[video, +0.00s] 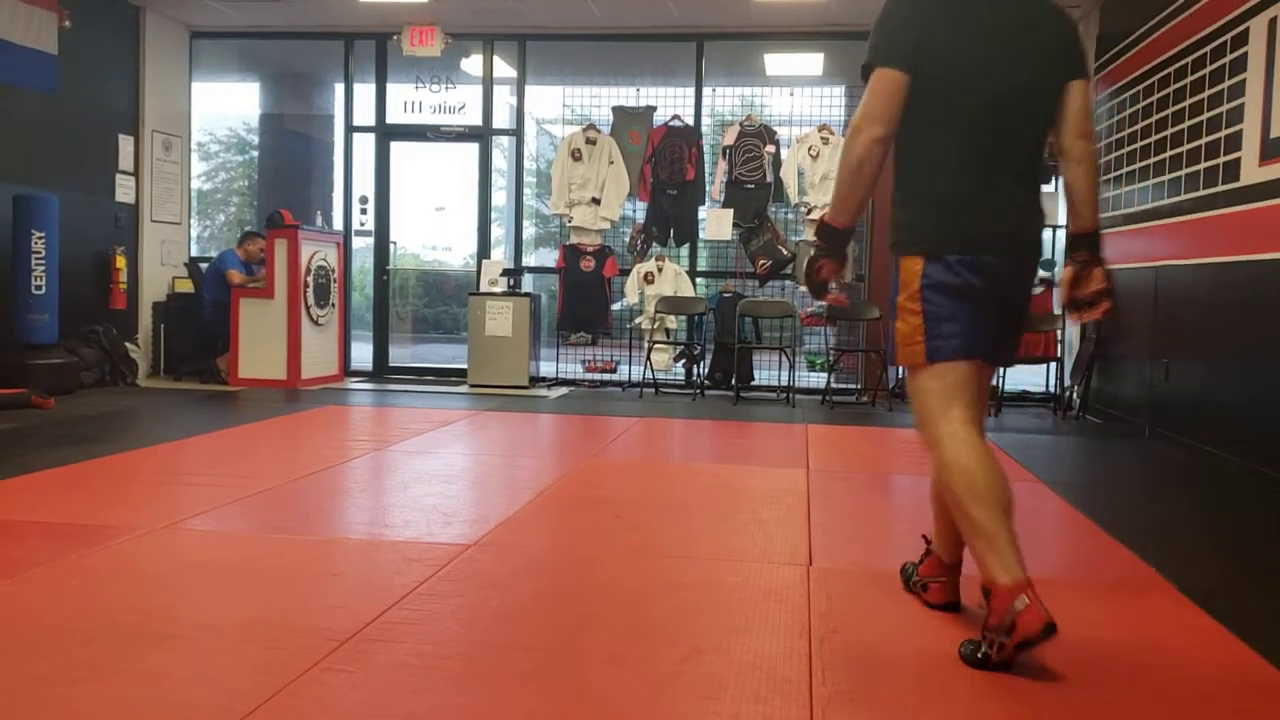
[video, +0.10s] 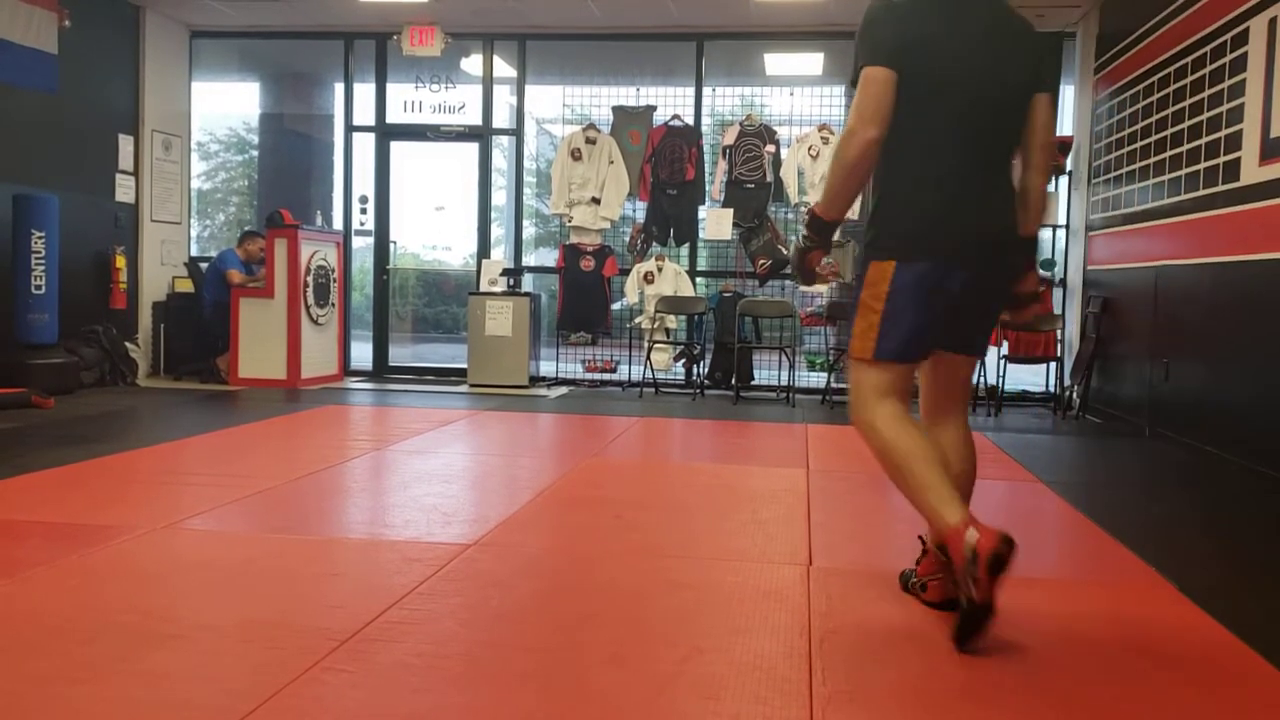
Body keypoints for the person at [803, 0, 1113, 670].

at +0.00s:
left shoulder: (912, 12)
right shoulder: (1055, 21)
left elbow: (873, 130)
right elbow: (1077, 141)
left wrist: (833, 236)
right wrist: (1084, 248)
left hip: (936, 239)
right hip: (1016, 240)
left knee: (950, 422)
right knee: (963, 414)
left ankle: (1014, 597)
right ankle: (941, 566)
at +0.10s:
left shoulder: (896, 16)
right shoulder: (1031, 37)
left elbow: (866, 135)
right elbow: (1037, 163)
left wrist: (819, 231)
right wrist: (1025, 253)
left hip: (910, 238)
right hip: (994, 240)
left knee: (876, 400)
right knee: (949, 403)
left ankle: (965, 539)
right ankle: (942, 564)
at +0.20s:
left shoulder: (878, 14)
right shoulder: (988, 32)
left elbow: (854, 128)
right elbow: (1001, 151)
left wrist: (806, 207)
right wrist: (956, 205)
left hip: (886, 228)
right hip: (962, 233)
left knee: (830, 376)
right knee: (938, 397)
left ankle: (905, 506)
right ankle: (938, 565)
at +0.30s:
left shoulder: (853, 18)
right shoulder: (952, 29)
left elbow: (838, 129)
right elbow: (967, 138)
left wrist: (781, 194)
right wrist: (913, 174)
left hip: (861, 226)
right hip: (936, 228)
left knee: (803, 370)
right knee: (924, 395)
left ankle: (834, 526)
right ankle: (936, 560)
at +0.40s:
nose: (793, 9)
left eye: (795, 4)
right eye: (794, 6)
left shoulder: (825, 28)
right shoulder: (914, 36)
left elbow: (810, 140)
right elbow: (916, 139)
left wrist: (760, 183)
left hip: (835, 238)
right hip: (906, 237)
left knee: (792, 386)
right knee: (906, 396)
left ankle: (757, 522)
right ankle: (933, 556)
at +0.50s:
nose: (761, 10)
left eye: (762, 5)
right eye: (761, 6)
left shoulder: (786, 43)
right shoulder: (883, 51)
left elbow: (755, 157)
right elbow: (886, 164)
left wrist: (731, 184)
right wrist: (780, 183)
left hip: (797, 250)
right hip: (873, 251)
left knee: (766, 395)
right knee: (883, 395)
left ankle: (732, 525)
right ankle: (928, 542)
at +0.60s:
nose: (736, 13)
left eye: (738, 8)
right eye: (738, 9)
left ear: (752, 3)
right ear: (801, 0)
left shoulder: (741, 49)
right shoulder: (846, 55)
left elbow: (701, 161)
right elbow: (856, 153)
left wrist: (734, 193)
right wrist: (798, 165)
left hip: (756, 243)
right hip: (827, 243)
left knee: (742, 388)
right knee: (838, 379)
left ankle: (731, 526)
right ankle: (890, 494)